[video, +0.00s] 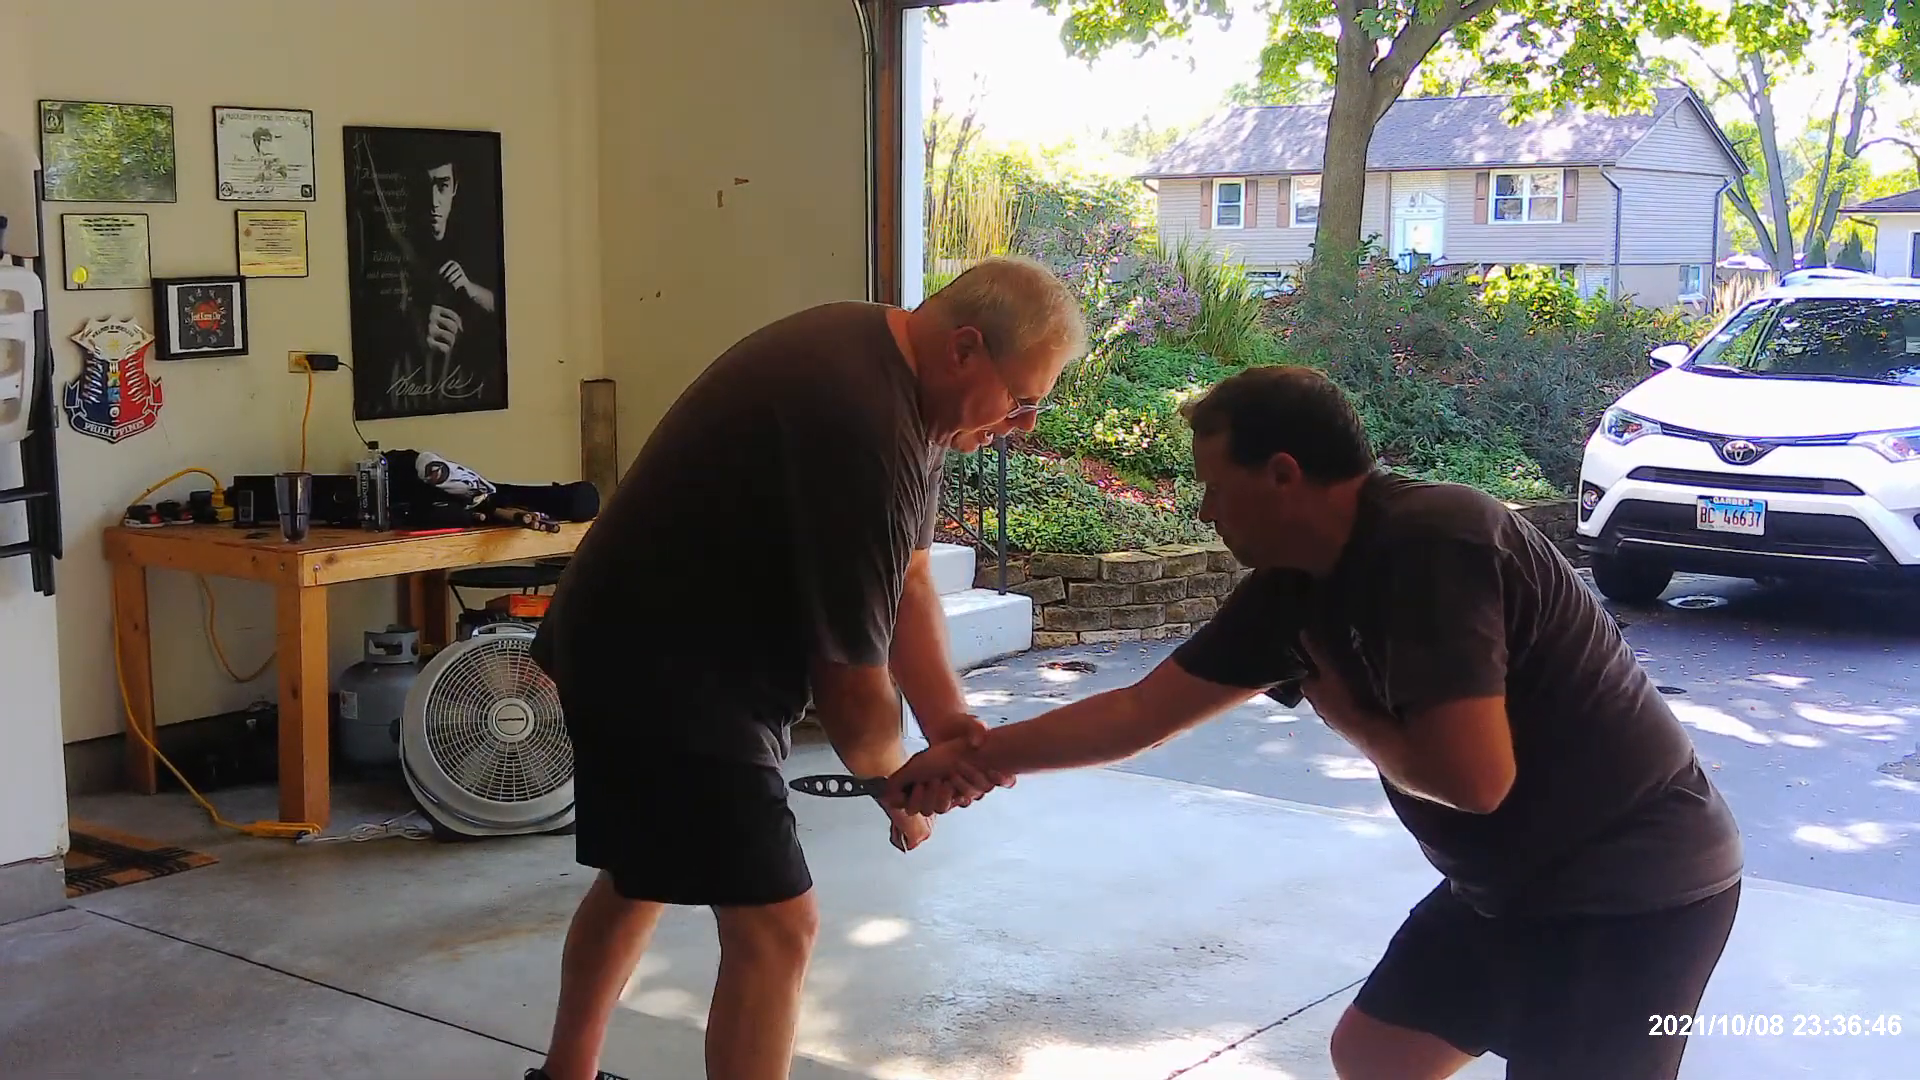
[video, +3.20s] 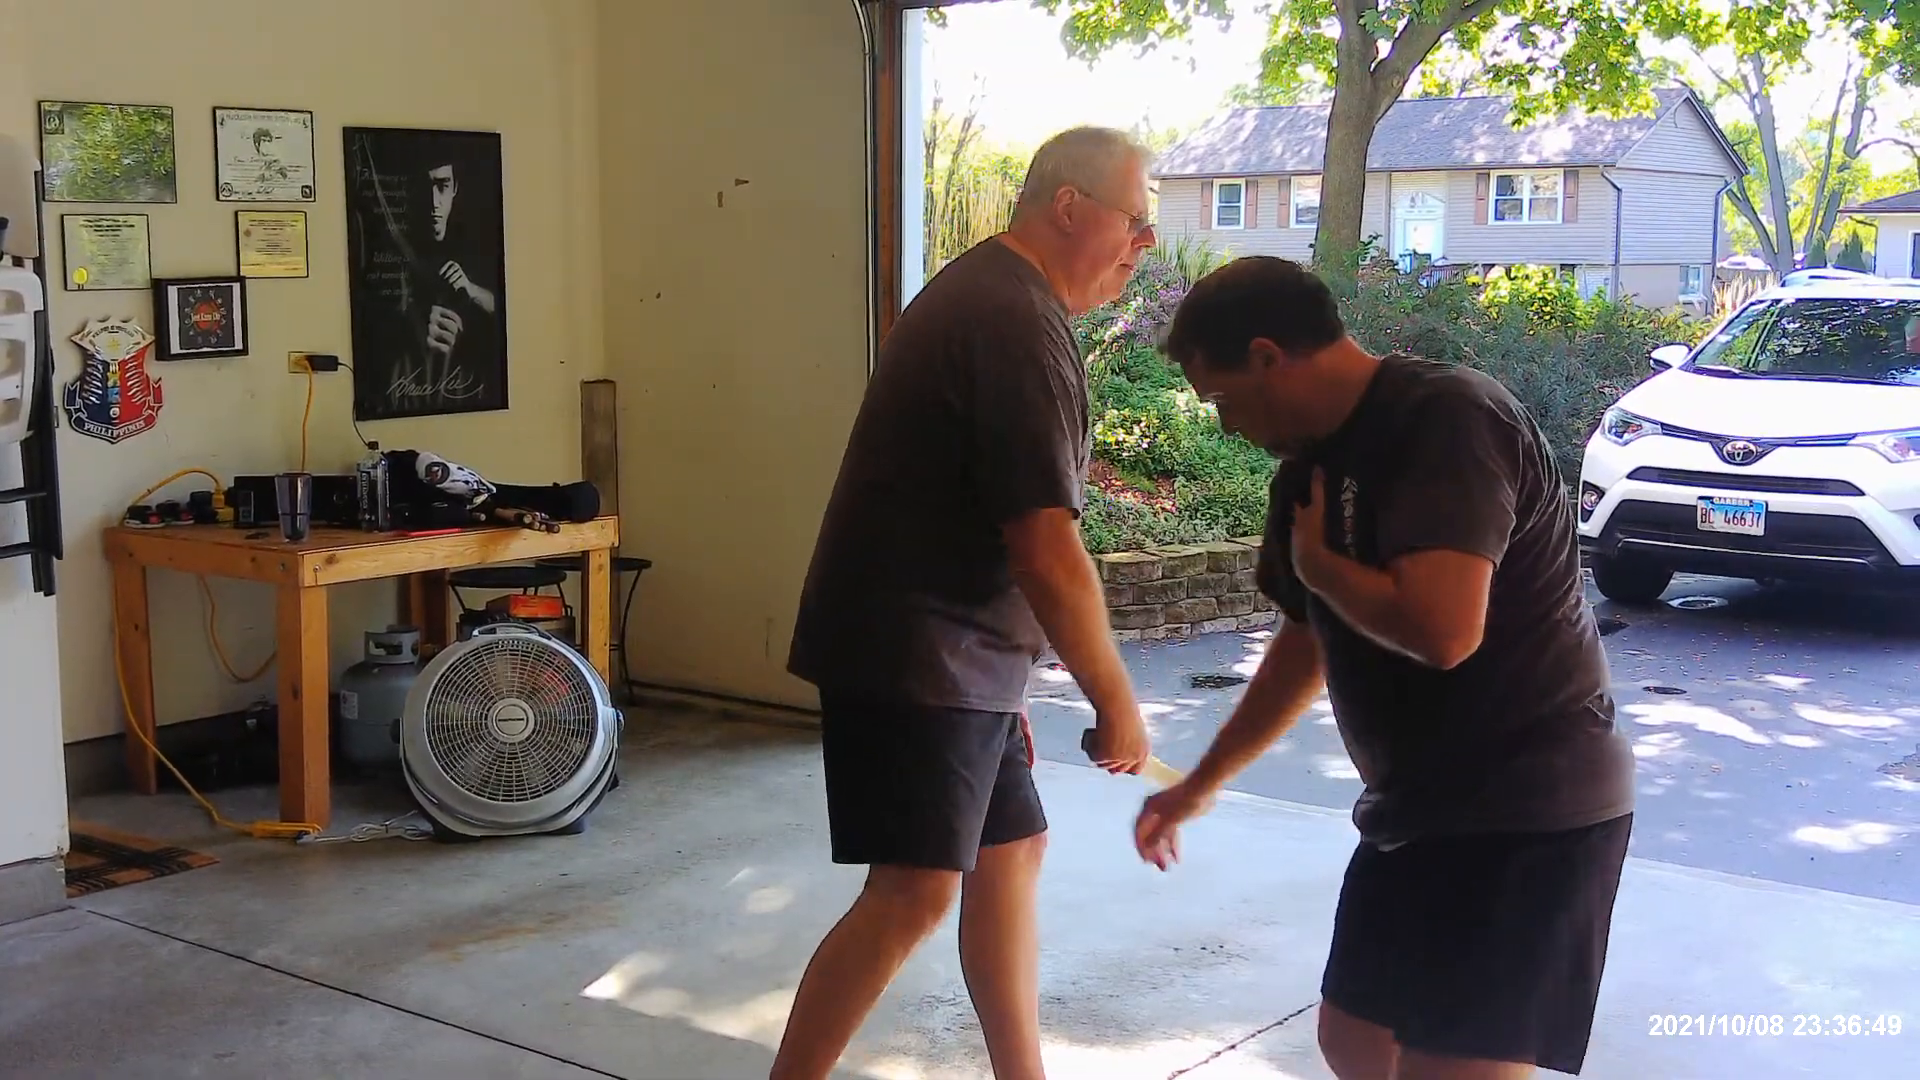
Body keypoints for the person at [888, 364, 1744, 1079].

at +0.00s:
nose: (1201, 503)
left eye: (1210, 477)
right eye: (1201, 479)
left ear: (1282, 474)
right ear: (1280, 478)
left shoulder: (1433, 544)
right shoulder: (1292, 589)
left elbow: (1476, 777)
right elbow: (1144, 710)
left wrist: (1347, 717)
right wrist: (984, 754)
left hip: (1642, 881)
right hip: (1504, 875)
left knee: (1594, 1068)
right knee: (1375, 1049)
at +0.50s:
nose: (1213, 458)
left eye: (1224, 434)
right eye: (1212, 435)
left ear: (1301, 434)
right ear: (1300, 437)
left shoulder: (1445, 517)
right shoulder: (1289, 542)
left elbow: (1469, 748)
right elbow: (1134, 639)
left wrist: (1338, 691)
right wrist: (976, 659)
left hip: (1625, 865)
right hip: (1491, 865)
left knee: (1585, 1069)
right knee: (1371, 1050)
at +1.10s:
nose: (1146, 436)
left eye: (1164, 411)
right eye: (1140, 415)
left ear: (1254, 401)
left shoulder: (1371, 474)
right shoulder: (1195, 519)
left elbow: (1407, 670)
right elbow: (1069, 585)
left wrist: (1239, 607)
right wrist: (947, 601)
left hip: (1565, 813)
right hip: (1423, 831)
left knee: (1594, 1065)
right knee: (1323, 1049)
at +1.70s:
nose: (1202, 333)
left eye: (1228, 309)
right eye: (1200, 310)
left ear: (1317, 314)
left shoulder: (1405, 410)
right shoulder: (1220, 454)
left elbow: (1403, 594)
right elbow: (1113, 560)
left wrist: (1261, 536)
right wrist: (991, 627)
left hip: (1511, 804)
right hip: (1367, 818)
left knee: (1539, 1061)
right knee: (1317, 1050)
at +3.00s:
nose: (1204, 434)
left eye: (1216, 408)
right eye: (1193, 413)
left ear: (1294, 366)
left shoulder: (1425, 431)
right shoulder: (1249, 492)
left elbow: (1429, 626)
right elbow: (1160, 620)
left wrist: (1289, 579)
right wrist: (1051, 728)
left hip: (1523, 815)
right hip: (1377, 826)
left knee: (1518, 1065)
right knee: (1305, 1052)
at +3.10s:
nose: (1205, 436)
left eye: (1208, 411)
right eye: (1194, 417)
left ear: (1278, 367)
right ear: (1277, 370)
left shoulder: (1440, 427)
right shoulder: (1279, 481)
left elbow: (1440, 630)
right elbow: (1207, 629)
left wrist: (1303, 580)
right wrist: (1089, 739)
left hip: (1529, 818)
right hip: (1391, 819)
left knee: (1475, 1064)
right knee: (1327, 1051)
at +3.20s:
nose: (1225, 425)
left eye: (1219, 399)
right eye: (1212, 405)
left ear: (1268, 359)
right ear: (1272, 359)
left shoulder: (1452, 415)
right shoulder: (1314, 463)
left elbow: (1445, 627)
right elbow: (1305, 643)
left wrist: (1317, 564)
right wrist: (1202, 782)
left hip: (1533, 816)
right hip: (1413, 812)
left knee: (1467, 1062)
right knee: (1355, 1039)